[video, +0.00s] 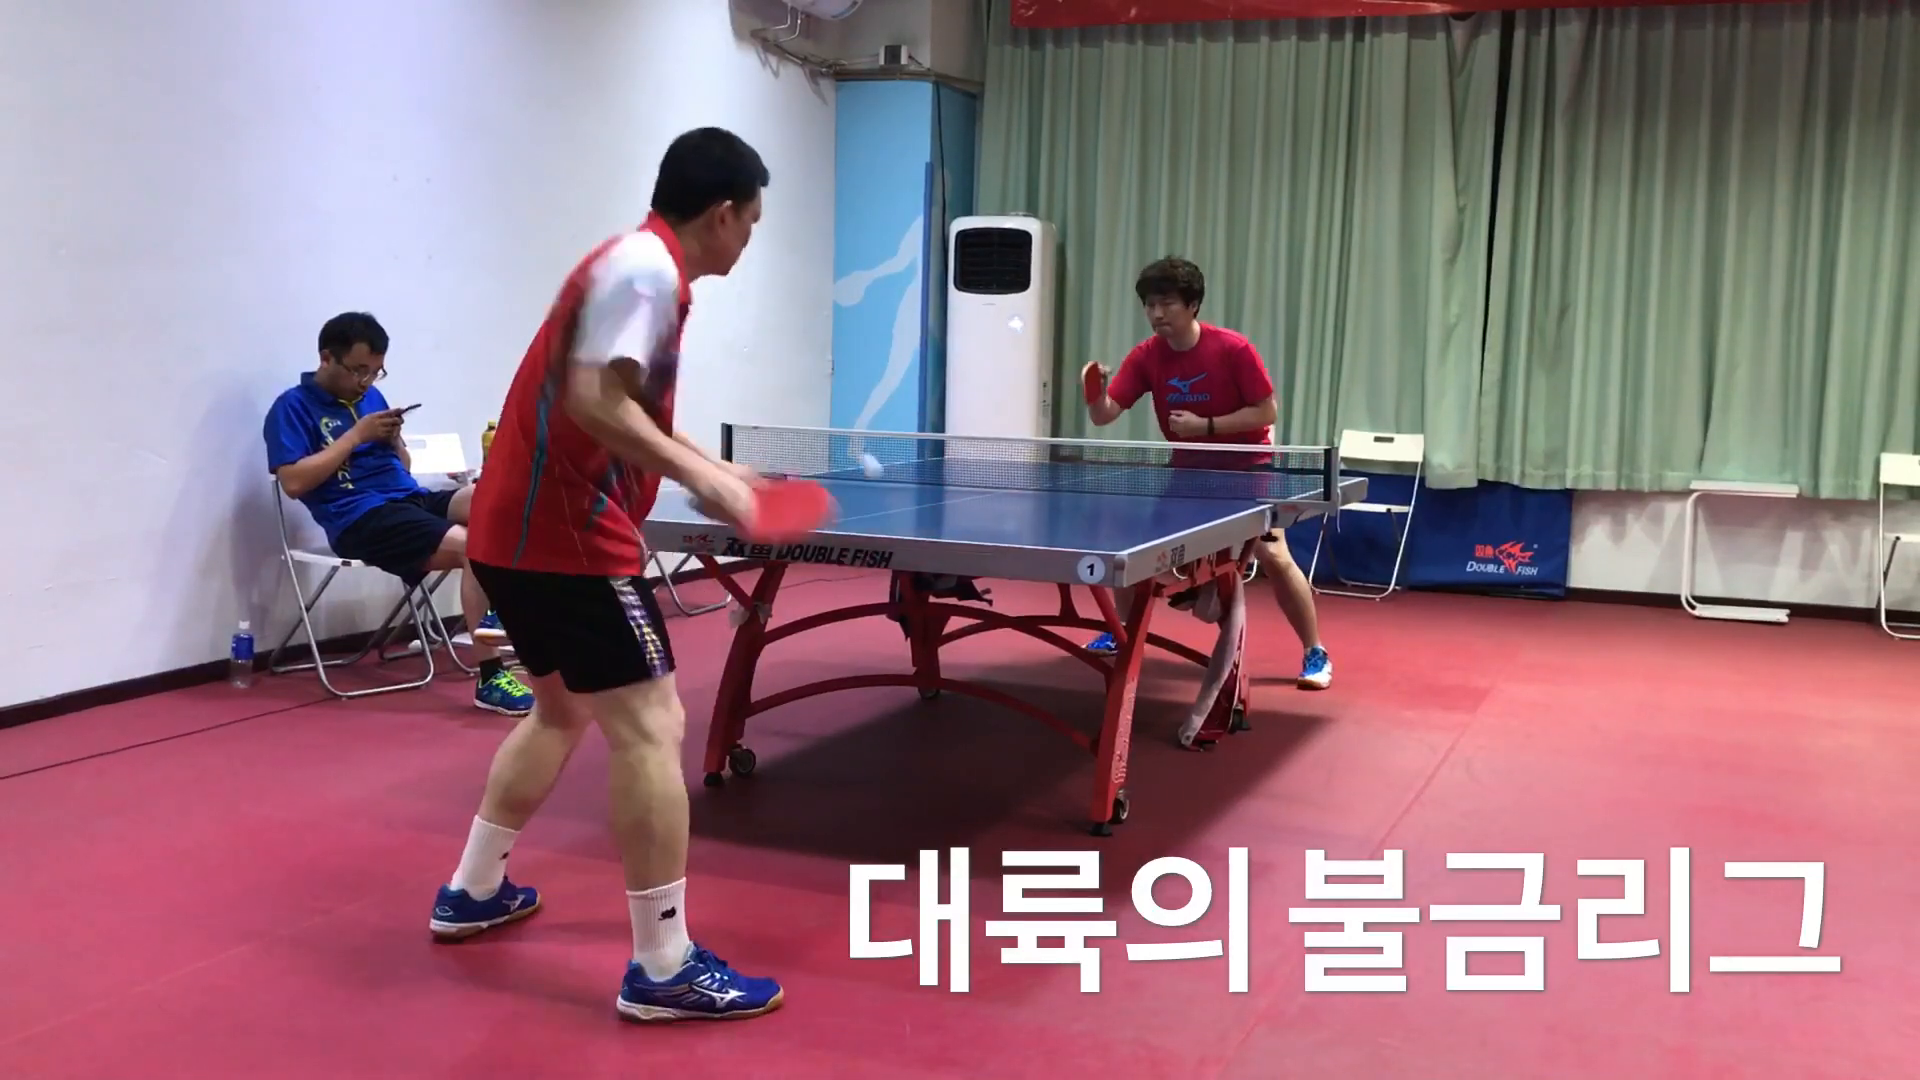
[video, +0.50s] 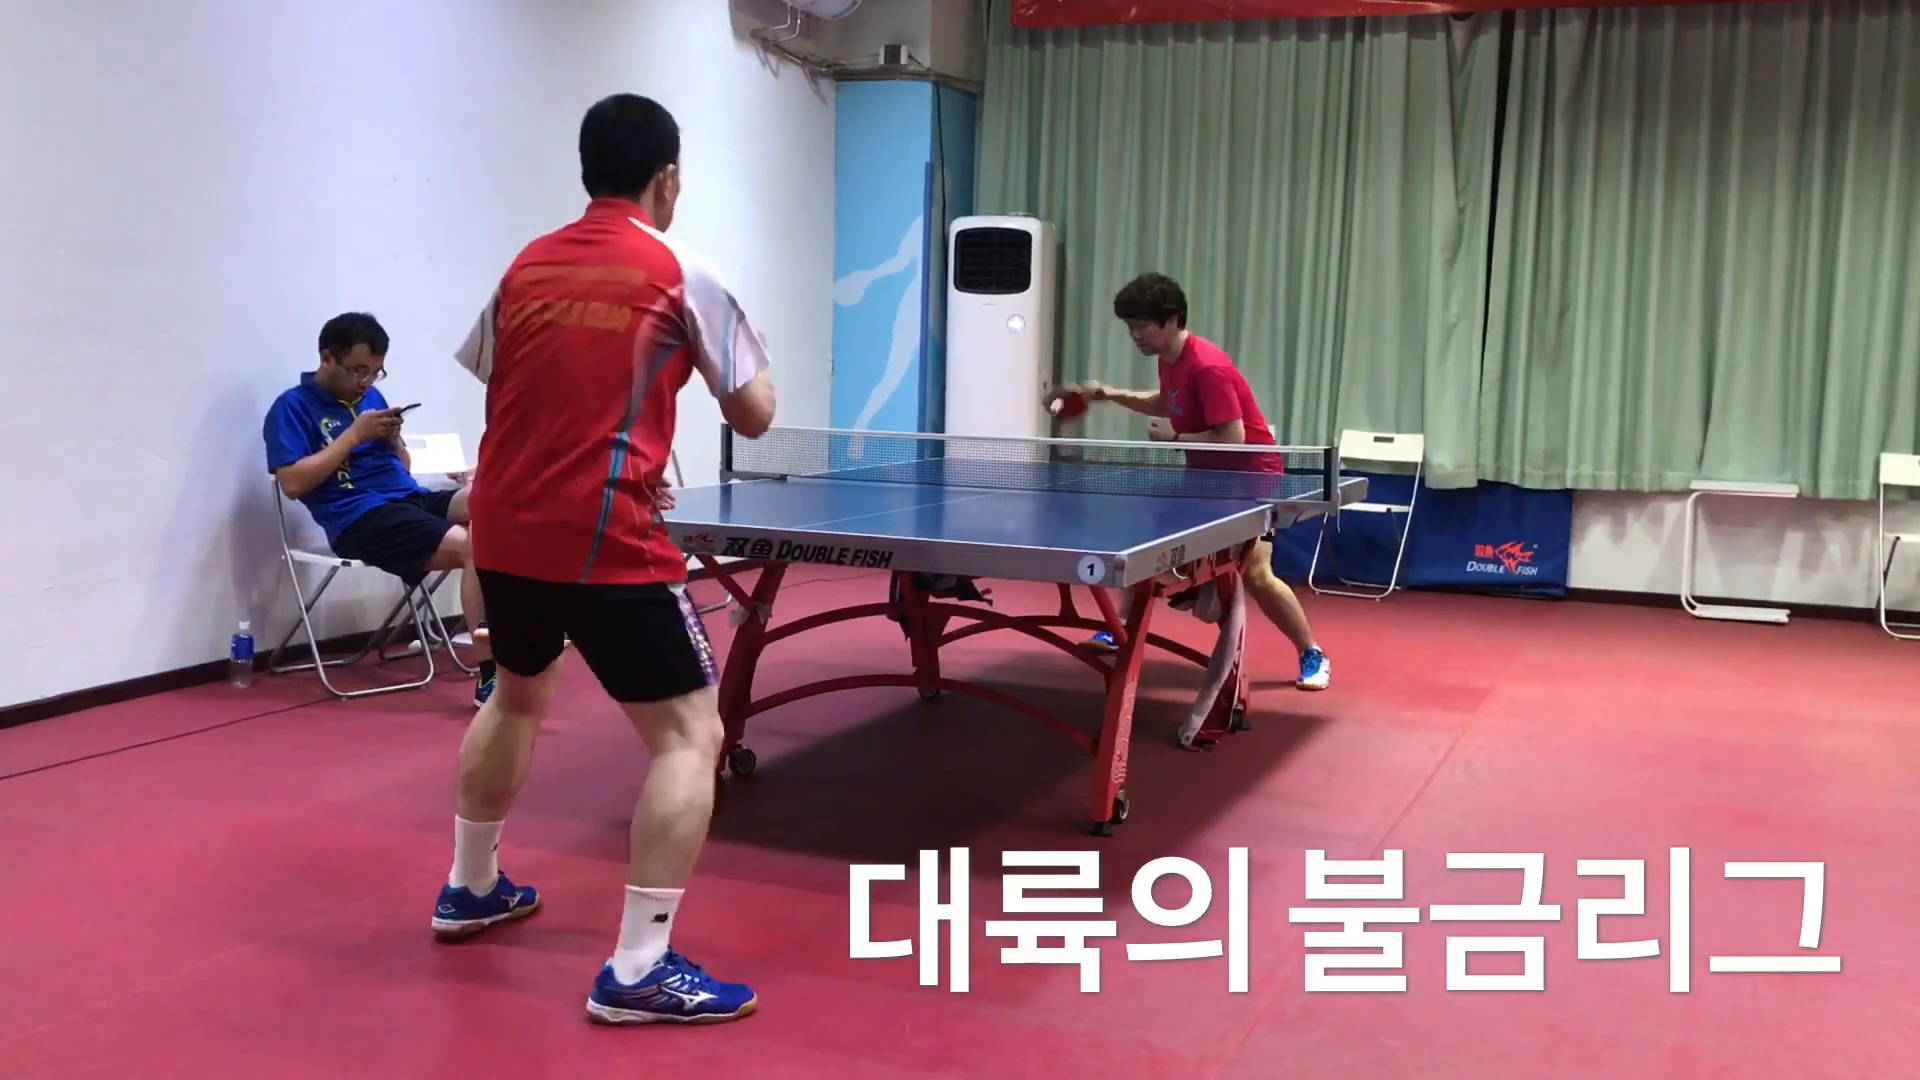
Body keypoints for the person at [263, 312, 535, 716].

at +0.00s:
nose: (366, 382)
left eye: (374, 372)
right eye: (358, 371)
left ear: (380, 366)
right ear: (327, 358)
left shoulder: (370, 398)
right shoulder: (291, 408)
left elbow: (404, 467)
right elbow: (294, 483)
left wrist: (393, 438)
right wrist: (358, 434)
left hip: (409, 500)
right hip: (361, 519)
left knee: (484, 499)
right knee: (477, 548)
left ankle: (496, 611)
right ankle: (491, 677)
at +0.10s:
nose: (367, 383)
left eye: (375, 373)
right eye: (359, 372)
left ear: (381, 365)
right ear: (326, 358)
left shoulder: (370, 398)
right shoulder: (291, 408)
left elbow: (404, 467)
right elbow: (294, 483)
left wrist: (393, 438)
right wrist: (357, 435)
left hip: (411, 500)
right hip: (363, 520)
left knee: (491, 503)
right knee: (476, 548)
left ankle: (496, 614)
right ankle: (492, 676)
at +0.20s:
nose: (367, 383)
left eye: (374, 373)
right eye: (359, 372)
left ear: (380, 367)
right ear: (326, 359)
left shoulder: (370, 397)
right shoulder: (291, 408)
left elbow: (404, 467)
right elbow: (294, 483)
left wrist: (393, 437)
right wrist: (356, 435)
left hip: (410, 499)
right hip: (364, 519)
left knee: (495, 507)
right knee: (474, 547)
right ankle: (492, 674)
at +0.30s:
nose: (366, 383)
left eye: (373, 373)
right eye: (358, 371)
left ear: (379, 369)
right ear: (326, 359)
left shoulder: (370, 397)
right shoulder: (291, 408)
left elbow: (403, 469)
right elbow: (294, 483)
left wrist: (393, 436)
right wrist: (356, 435)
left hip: (410, 499)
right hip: (363, 518)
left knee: (494, 506)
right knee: (474, 548)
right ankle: (491, 674)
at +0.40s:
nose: (366, 383)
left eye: (373, 373)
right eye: (358, 371)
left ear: (379, 368)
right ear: (326, 359)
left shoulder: (369, 397)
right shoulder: (292, 408)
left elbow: (403, 468)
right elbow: (293, 484)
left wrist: (393, 436)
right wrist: (355, 435)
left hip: (409, 500)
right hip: (364, 518)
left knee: (494, 504)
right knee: (474, 546)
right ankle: (490, 674)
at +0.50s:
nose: (366, 383)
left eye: (373, 373)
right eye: (358, 371)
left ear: (379, 368)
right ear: (326, 359)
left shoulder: (369, 397)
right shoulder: (291, 408)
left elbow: (403, 468)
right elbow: (293, 483)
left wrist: (393, 436)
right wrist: (355, 435)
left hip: (409, 499)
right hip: (364, 518)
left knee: (490, 502)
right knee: (474, 546)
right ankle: (490, 675)